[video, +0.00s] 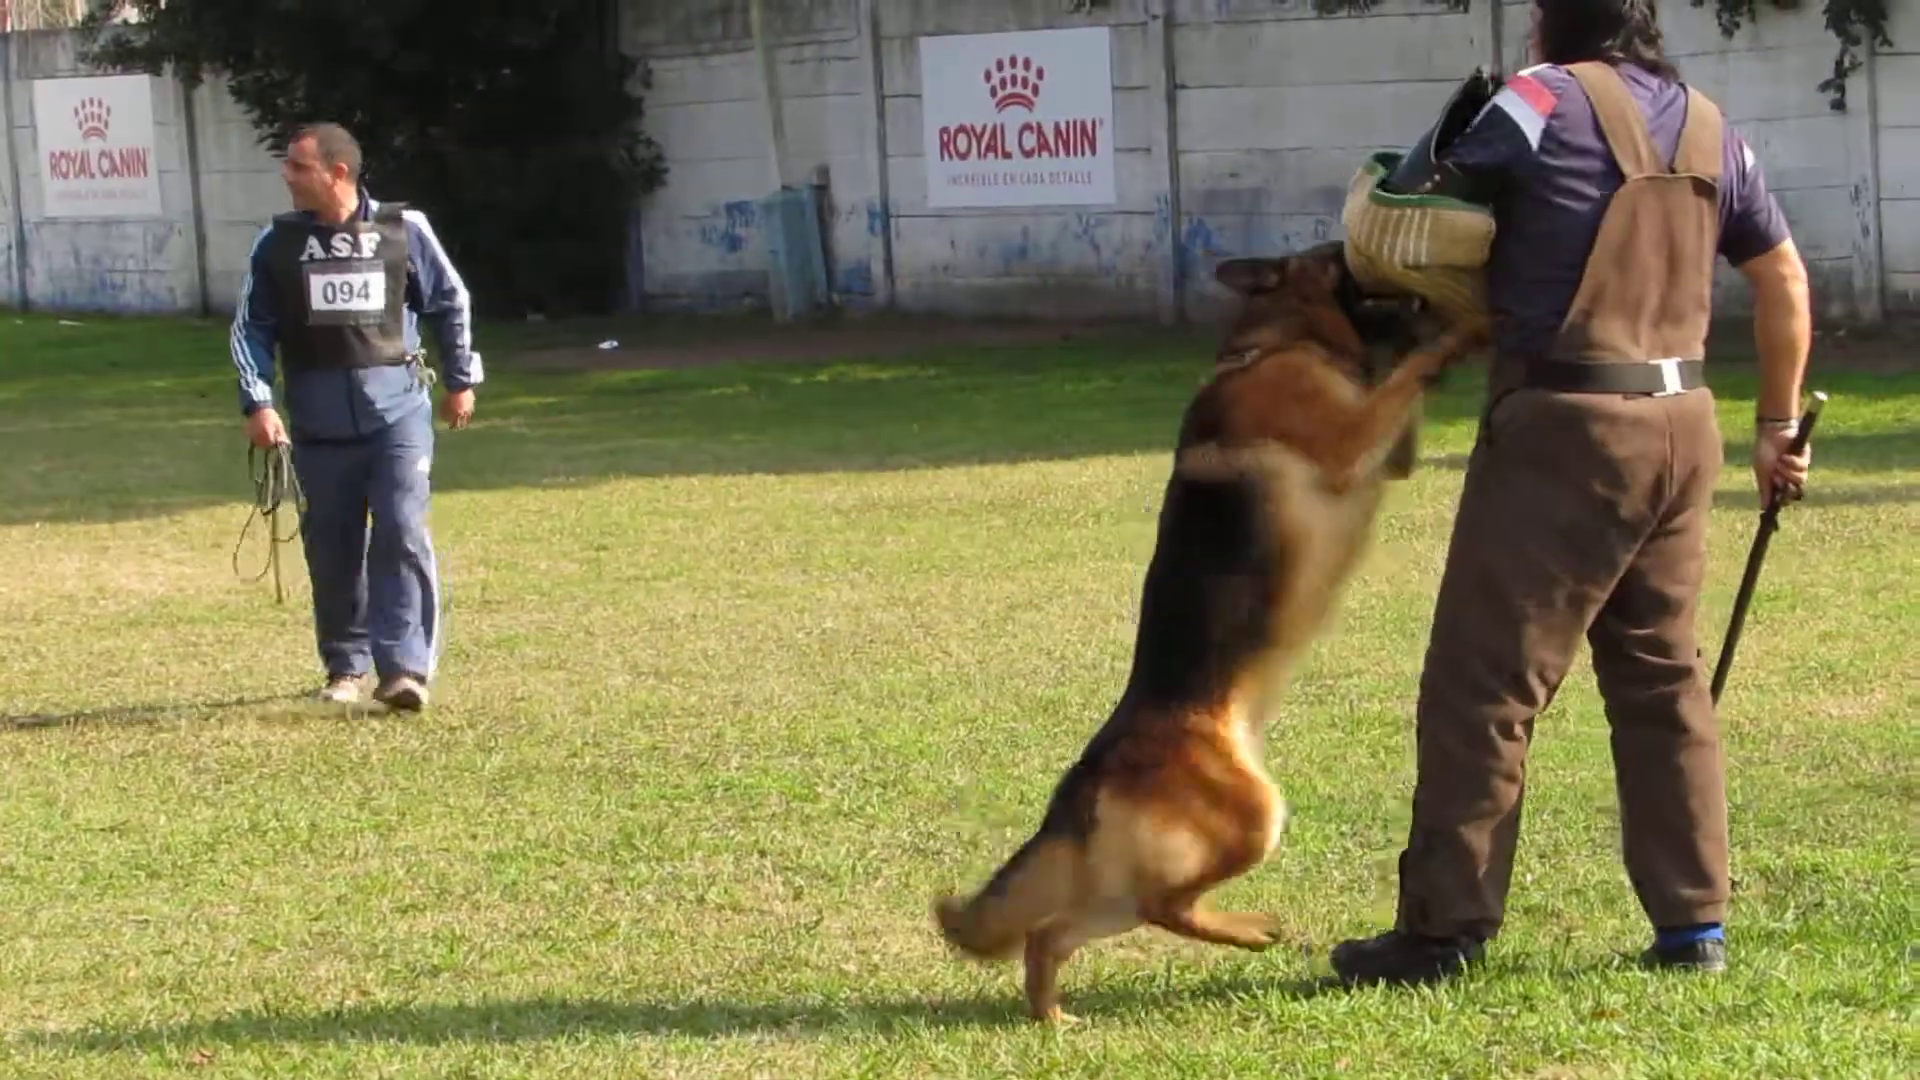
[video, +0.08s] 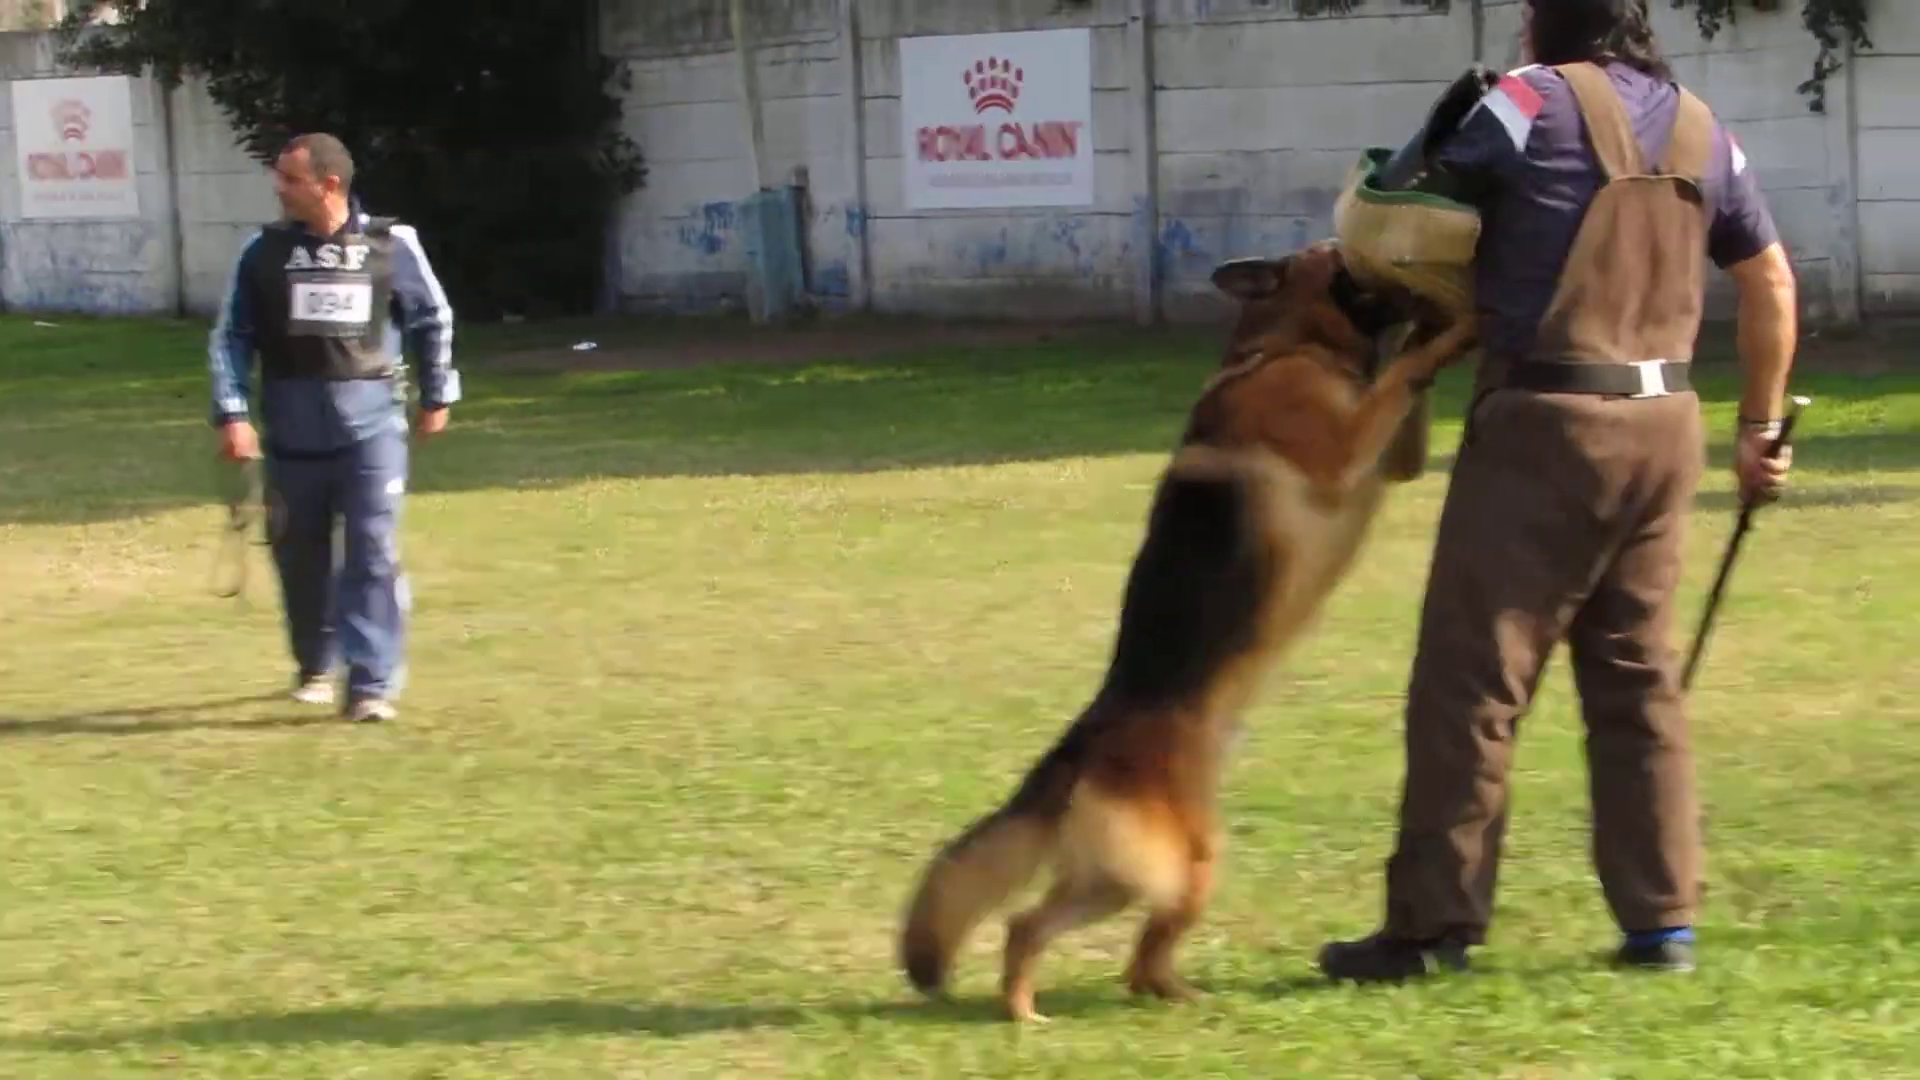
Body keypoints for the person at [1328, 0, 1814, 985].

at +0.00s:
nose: (1532, 31)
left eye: (1534, 21)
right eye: (1537, 22)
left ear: (1554, 26)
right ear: (1638, 24)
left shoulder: (1541, 93)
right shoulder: (1709, 124)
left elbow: (1436, 215)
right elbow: (1784, 277)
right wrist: (1781, 423)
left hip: (1566, 429)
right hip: (1684, 427)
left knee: (1484, 680)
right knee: (1663, 672)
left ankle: (1441, 930)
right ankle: (1693, 922)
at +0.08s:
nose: (1522, 31)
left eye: (1526, 21)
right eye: (1527, 22)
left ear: (1549, 25)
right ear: (1634, 26)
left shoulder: (1528, 96)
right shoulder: (1701, 127)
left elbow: (1421, 216)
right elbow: (1770, 282)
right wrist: (1762, 423)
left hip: (1546, 428)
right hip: (1668, 427)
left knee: (1471, 679)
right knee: (1638, 675)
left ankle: (1431, 928)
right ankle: (1661, 922)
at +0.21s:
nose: (1436, 33)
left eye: (1439, 23)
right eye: (1442, 24)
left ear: (1459, 26)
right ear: (1549, 24)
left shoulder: (1433, 106)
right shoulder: (1619, 129)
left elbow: (1317, 217)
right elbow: (1686, 297)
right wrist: (1665, 429)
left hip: (1455, 428)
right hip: (1581, 430)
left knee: (1388, 681)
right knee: (1550, 679)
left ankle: (1347, 932)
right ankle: (1570, 928)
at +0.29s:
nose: (1427, 33)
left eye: (1430, 23)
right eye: (1433, 24)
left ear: (1449, 26)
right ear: (1540, 25)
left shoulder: (1419, 109)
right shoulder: (1611, 131)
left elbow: (1313, 221)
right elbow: (1680, 297)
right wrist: (1662, 427)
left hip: (1438, 427)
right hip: (1569, 429)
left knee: (1381, 685)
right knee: (1543, 682)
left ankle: (1341, 934)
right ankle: (1557, 930)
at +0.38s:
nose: (1418, 37)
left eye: (1421, 25)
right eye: (1423, 25)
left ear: (1439, 29)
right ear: (1530, 27)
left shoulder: (1408, 115)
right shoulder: (1600, 130)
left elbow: (1305, 235)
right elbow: (1674, 292)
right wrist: (1667, 429)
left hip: (1424, 428)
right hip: (1555, 430)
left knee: (1369, 685)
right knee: (1532, 682)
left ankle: (1330, 935)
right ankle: (1546, 931)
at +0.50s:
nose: (1389, 42)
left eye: (1394, 28)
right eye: (1395, 28)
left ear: (1410, 33)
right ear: (1503, 36)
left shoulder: (1378, 121)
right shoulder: (1577, 135)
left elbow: (1280, 261)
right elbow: (1649, 291)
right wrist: (1663, 429)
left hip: (1403, 437)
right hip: (1534, 436)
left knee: (1341, 687)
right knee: (1511, 684)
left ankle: (1306, 937)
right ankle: (1525, 932)